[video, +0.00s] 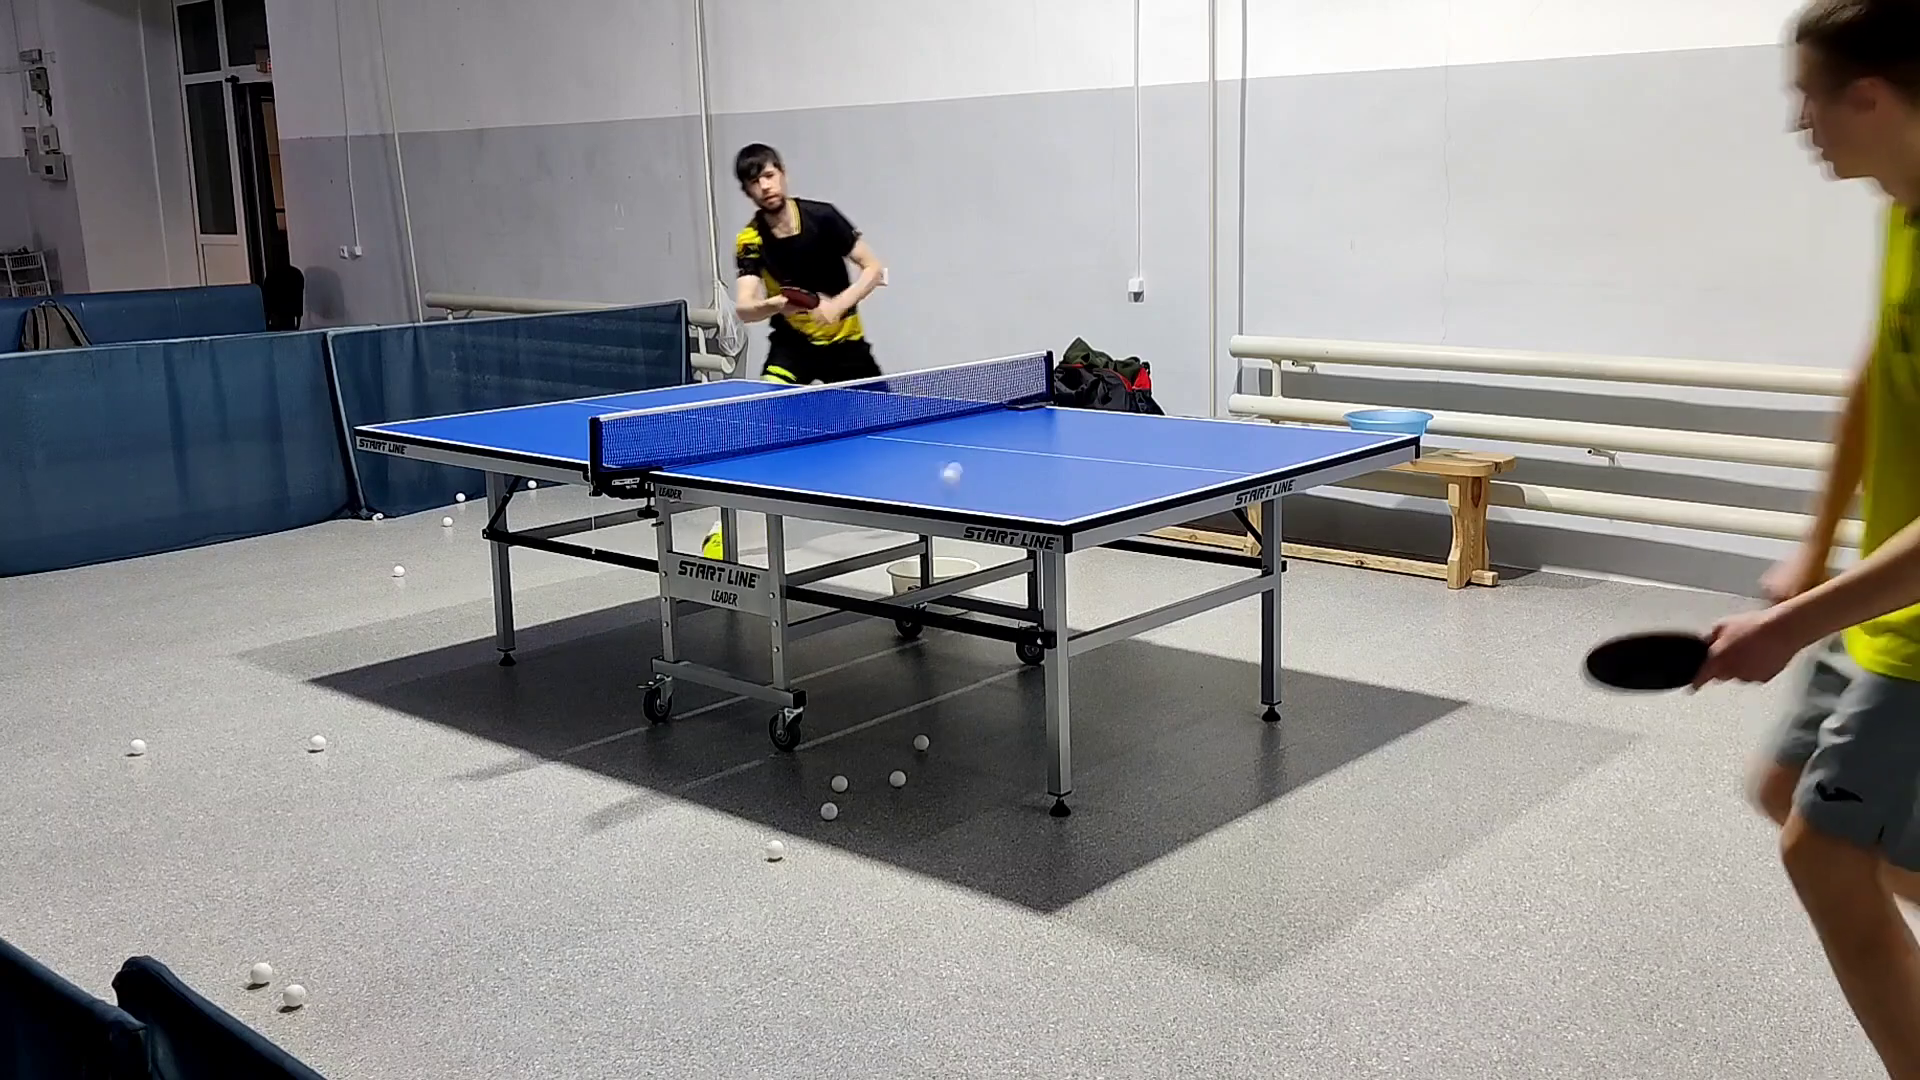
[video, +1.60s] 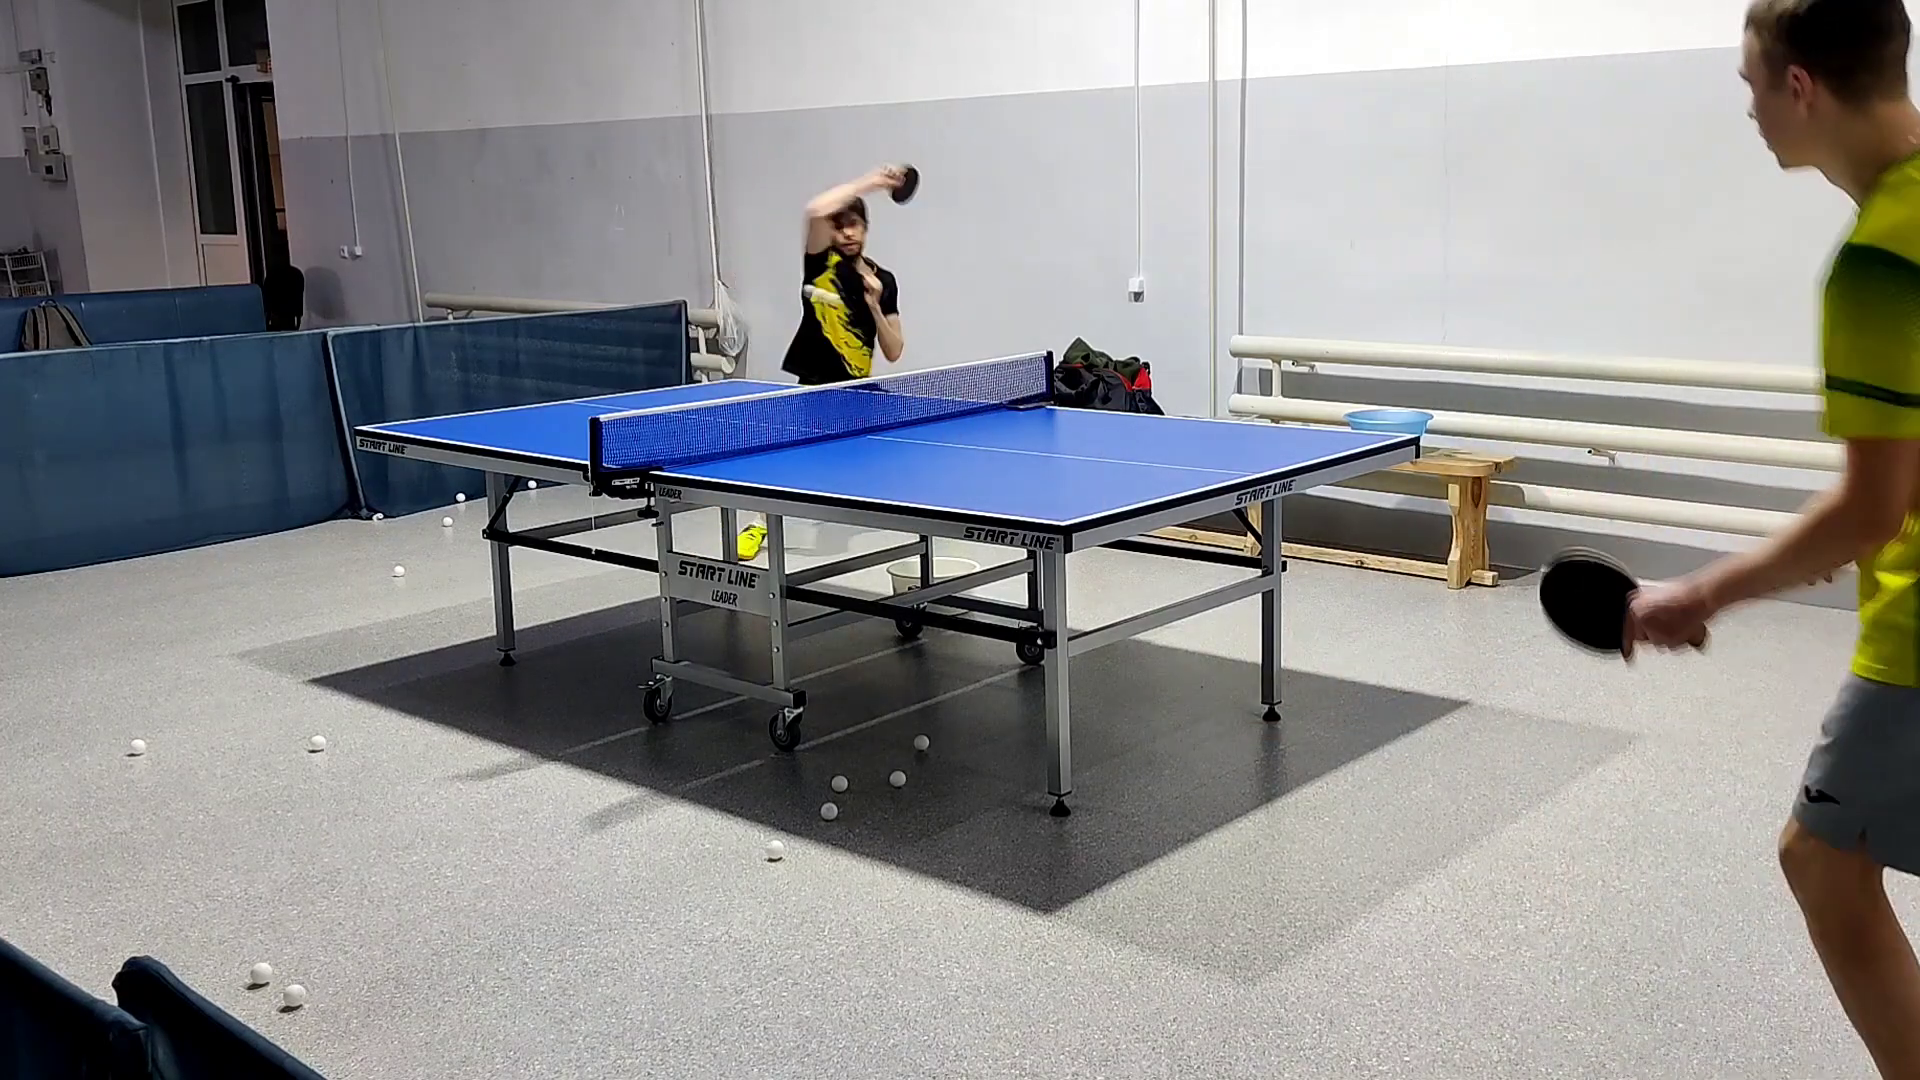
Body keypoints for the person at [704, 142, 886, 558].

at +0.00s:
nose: (766, 186)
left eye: (770, 175)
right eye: (755, 181)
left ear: (783, 175)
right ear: (747, 192)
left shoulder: (824, 217)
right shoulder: (752, 240)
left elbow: (874, 269)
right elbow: (744, 310)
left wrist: (839, 304)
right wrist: (775, 305)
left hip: (845, 344)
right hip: (792, 348)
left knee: (889, 422)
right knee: (758, 424)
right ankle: (726, 526)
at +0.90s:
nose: (730, 185)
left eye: (735, 173)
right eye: (720, 179)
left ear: (749, 170)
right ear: (711, 186)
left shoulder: (790, 210)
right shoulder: (714, 236)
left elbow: (829, 267)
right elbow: (703, 304)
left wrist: (773, 283)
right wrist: (708, 319)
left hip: (813, 343)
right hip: (759, 349)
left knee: (865, 417)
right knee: (729, 434)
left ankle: (886, 506)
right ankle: (705, 537)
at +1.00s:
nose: (723, 206)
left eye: (728, 194)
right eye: (713, 199)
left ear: (743, 189)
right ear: (706, 204)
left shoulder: (780, 223)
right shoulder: (719, 256)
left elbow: (788, 281)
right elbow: (714, 322)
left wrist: (717, 284)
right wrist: (712, 360)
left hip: (832, 338)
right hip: (784, 344)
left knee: (877, 410)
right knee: (754, 410)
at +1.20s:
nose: (725, 267)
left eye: (731, 255)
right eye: (718, 259)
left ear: (750, 249)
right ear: (714, 262)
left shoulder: (779, 275)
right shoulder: (751, 300)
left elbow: (755, 331)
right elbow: (760, 362)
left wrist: (699, 326)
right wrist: (757, 408)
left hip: (868, 370)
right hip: (821, 373)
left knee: (897, 457)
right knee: (760, 426)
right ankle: (759, 529)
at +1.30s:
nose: (742, 267)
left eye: (749, 257)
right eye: (736, 261)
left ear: (771, 253)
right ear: (731, 265)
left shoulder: (801, 282)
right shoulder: (768, 306)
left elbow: (826, 345)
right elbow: (788, 362)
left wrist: (754, 347)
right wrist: (769, 408)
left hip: (878, 373)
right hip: (831, 378)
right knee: (776, 433)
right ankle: (759, 528)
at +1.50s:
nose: (813, 233)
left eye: (820, 224)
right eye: (807, 227)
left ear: (840, 223)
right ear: (802, 232)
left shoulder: (874, 268)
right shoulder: (800, 271)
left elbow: (895, 339)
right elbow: (752, 273)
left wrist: (849, 298)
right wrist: (769, 203)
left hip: (877, 385)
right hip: (823, 384)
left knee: (896, 465)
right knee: (766, 430)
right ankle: (752, 522)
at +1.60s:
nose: (846, 233)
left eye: (854, 225)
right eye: (839, 226)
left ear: (866, 229)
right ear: (828, 231)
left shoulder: (881, 279)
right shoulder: (820, 262)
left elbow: (893, 352)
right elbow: (814, 213)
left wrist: (874, 305)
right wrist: (872, 181)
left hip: (857, 390)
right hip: (811, 384)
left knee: (871, 470)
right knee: (784, 453)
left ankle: (901, 562)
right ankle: (760, 524)